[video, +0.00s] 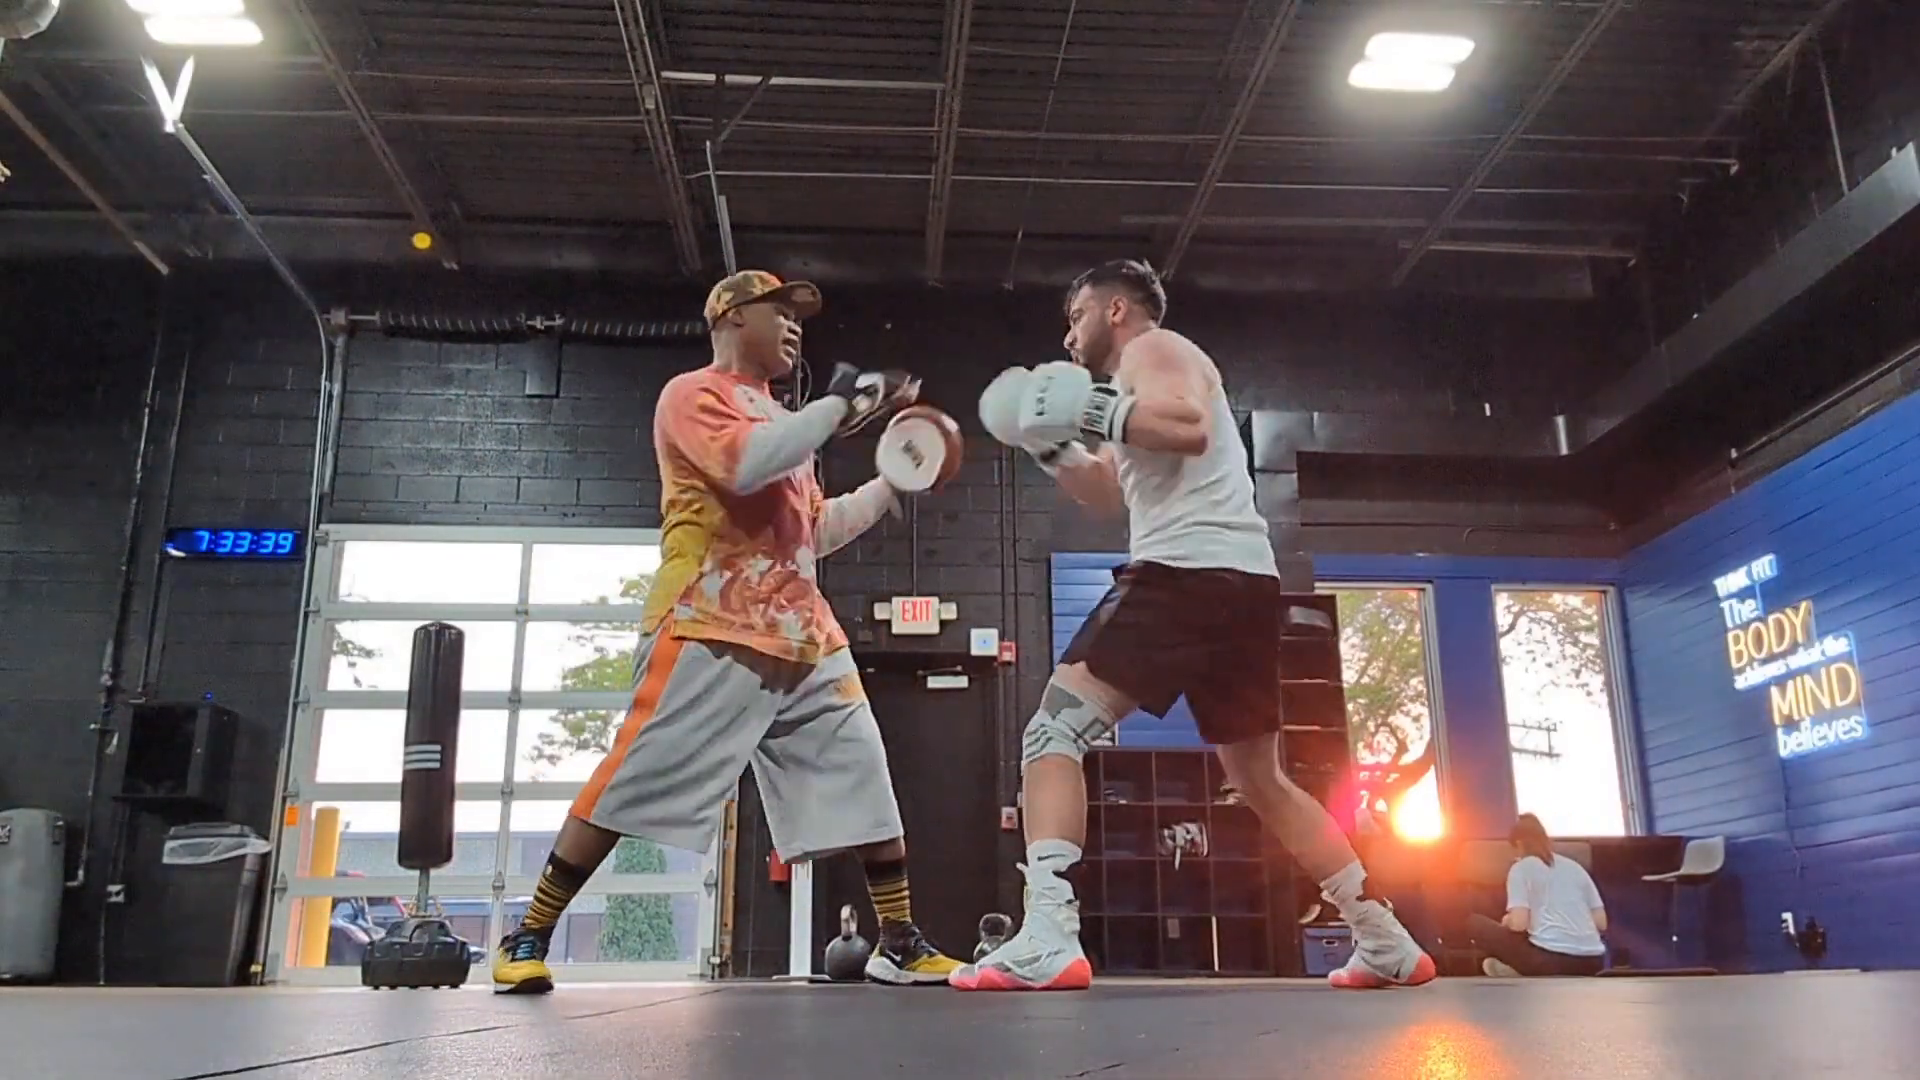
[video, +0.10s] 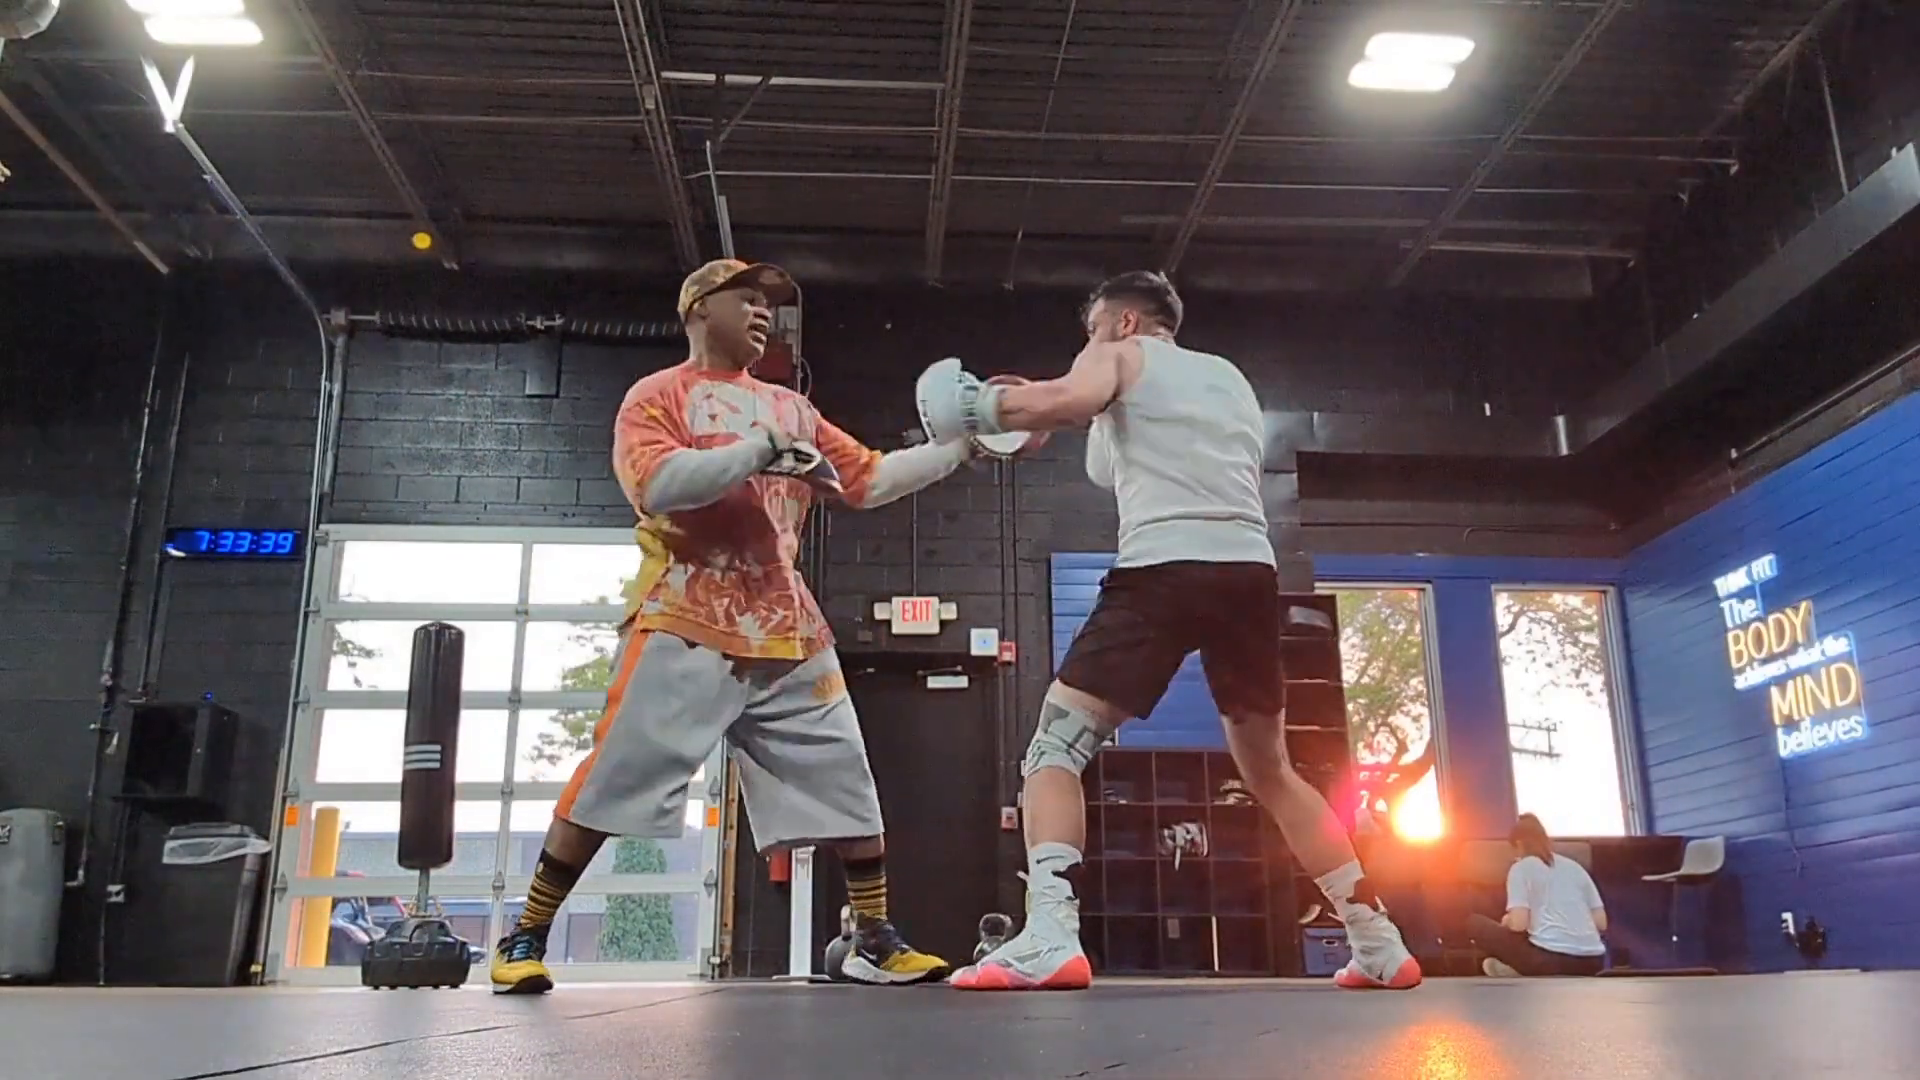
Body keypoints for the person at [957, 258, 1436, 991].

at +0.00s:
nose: (1069, 334)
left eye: (1076, 316)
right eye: (1068, 322)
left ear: (1117, 306)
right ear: (1122, 313)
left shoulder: (1151, 348)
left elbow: (1189, 425)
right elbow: (1107, 497)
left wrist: (1090, 407)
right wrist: (1047, 443)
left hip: (1181, 574)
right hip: (1249, 581)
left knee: (1055, 734)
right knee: (1260, 781)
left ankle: (1047, 935)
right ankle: (1384, 940)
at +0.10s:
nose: (1090, 341)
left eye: (1093, 328)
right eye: (1090, 331)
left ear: (1127, 319)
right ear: (1165, 323)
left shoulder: (1121, 351)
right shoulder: (1231, 379)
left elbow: (1065, 403)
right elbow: (1145, 431)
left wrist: (973, 403)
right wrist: (1045, 399)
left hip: (1159, 570)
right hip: (1251, 574)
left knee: (1056, 750)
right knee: (1271, 772)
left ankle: (1050, 932)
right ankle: (1377, 942)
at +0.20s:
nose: (1083, 339)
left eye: (1088, 324)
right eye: (1084, 327)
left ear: (1122, 316)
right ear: (1156, 325)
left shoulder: (1110, 361)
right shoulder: (1221, 390)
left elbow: (1028, 427)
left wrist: (975, 416)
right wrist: (1019, 401)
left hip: (1160, 597)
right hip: (1250, 597)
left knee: (1045, 749)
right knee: (1272, 777)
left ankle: (1046, 935)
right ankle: (1383, 941)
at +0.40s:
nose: (1049, 320)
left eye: (1060, 303)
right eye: (1050, 307)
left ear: (1107, 305)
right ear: (1100, 313)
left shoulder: (1168, 355)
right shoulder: (1079, 389)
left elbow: (1199, 442)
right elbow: (994, 414)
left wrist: (1094, 452)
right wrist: (926, 361)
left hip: (1195, 579)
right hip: (1202, 588)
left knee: (1070, 724)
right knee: (1254, 785)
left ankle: (1047, 935)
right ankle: (1401, 935)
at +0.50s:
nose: (1057, 330)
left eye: (1066, 312)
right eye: (1057, 316)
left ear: (1109, 305)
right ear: (1102, 313)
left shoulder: (1162, 354)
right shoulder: (1113, 396)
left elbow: (1190, 452)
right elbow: (1046, 468)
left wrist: (1097, 475)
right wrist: (1004, 417)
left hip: (1186, 582)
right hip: (1222, 590)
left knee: (1067, 731)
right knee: (1240, 785)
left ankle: (1047, 933)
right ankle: (1388, 926)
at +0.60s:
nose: (1072, 362)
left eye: (1077, 344)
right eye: (1072, 349)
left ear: (1114, 332)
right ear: (1140, 339)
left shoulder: (1120, 371)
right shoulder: (1192, 399)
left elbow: (1122, 471)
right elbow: (1198, 508)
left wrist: (1092, 520)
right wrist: (1123, 512)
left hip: (1192, 585)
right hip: (1261, 594)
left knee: (1067, 740)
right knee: (1259, 781)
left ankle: (1045, 934)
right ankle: (1386, 936)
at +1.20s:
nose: (1022, 343)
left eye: (1031, 323)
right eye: (1021, 330)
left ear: (1077, 315)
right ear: (1074, 323)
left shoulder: (1133, 348)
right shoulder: (1099, 400)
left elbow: (1184, 424)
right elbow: (1159, 530)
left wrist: (1086, 435)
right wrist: (1090, 558)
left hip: (1184, 574)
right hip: (1190, 586)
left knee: (1058, 725)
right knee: (1217, 784)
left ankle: (1046, 934)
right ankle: (1371, 920)